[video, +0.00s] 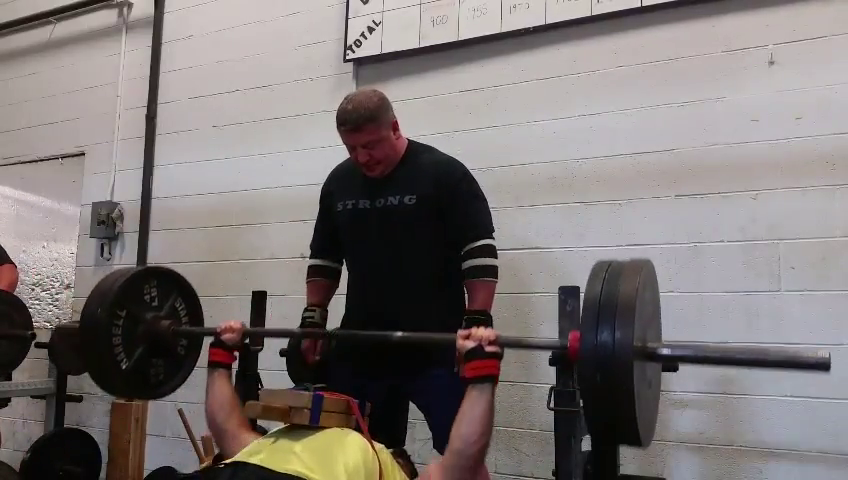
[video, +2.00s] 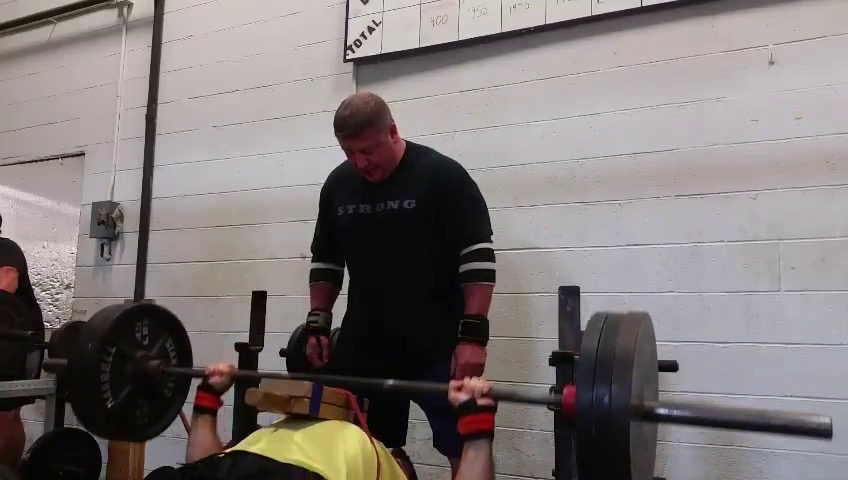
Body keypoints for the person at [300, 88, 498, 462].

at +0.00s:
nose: (362, 157)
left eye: (371, 145)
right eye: (353, 148)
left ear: (395, 129)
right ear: (343, 140)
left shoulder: (446, 175)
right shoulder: (340, 183)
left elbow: (480, 254)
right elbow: (324, 260)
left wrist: (477, 322)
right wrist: (313, 319)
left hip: (438, 343)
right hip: (364, 344)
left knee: (463, 456)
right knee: (368, 460)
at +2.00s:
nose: (361, 162)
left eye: (369, 151)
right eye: (352, 153)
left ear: (394, 133)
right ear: (342, 145)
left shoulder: (444, 177)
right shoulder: (339, 186)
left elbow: (478, 259)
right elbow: (326, 262)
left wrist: (473, 336)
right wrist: (317, 324)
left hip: (438, 339)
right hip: (367, 339)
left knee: (464, 451)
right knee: (372, 450)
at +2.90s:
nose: (360, 162)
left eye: (369, 151)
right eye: (351, 153)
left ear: (394, 133)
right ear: (342, 144)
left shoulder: (445, 177)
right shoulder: (338, 186)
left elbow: (479, 259)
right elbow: (326, 262)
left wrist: (474, 336)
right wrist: (318, 326)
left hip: (439, 342)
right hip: (365, 341)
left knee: (465, 451)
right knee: (367, 453)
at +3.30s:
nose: (359, 163)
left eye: (367, 152)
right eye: (350, 154)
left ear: (393, 133)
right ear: (340, 145)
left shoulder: (444, 177)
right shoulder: (338, 185)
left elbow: (478, 259)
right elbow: (325, 262)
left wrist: (473, 330)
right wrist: (319, 324)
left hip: (439, 342)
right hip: (364, 343)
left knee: (468, 456)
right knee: (365, 457)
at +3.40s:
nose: (358, 163)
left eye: (367, 152)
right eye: (349, 154)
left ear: (393, 133)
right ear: (339, 145)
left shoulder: (443, 176)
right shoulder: (338, 184)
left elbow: (484, 252)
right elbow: (325, 260)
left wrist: (468, 322)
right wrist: (318, 320)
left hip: (438, 343)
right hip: (364, 342)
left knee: (466, 456)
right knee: (368, 457)